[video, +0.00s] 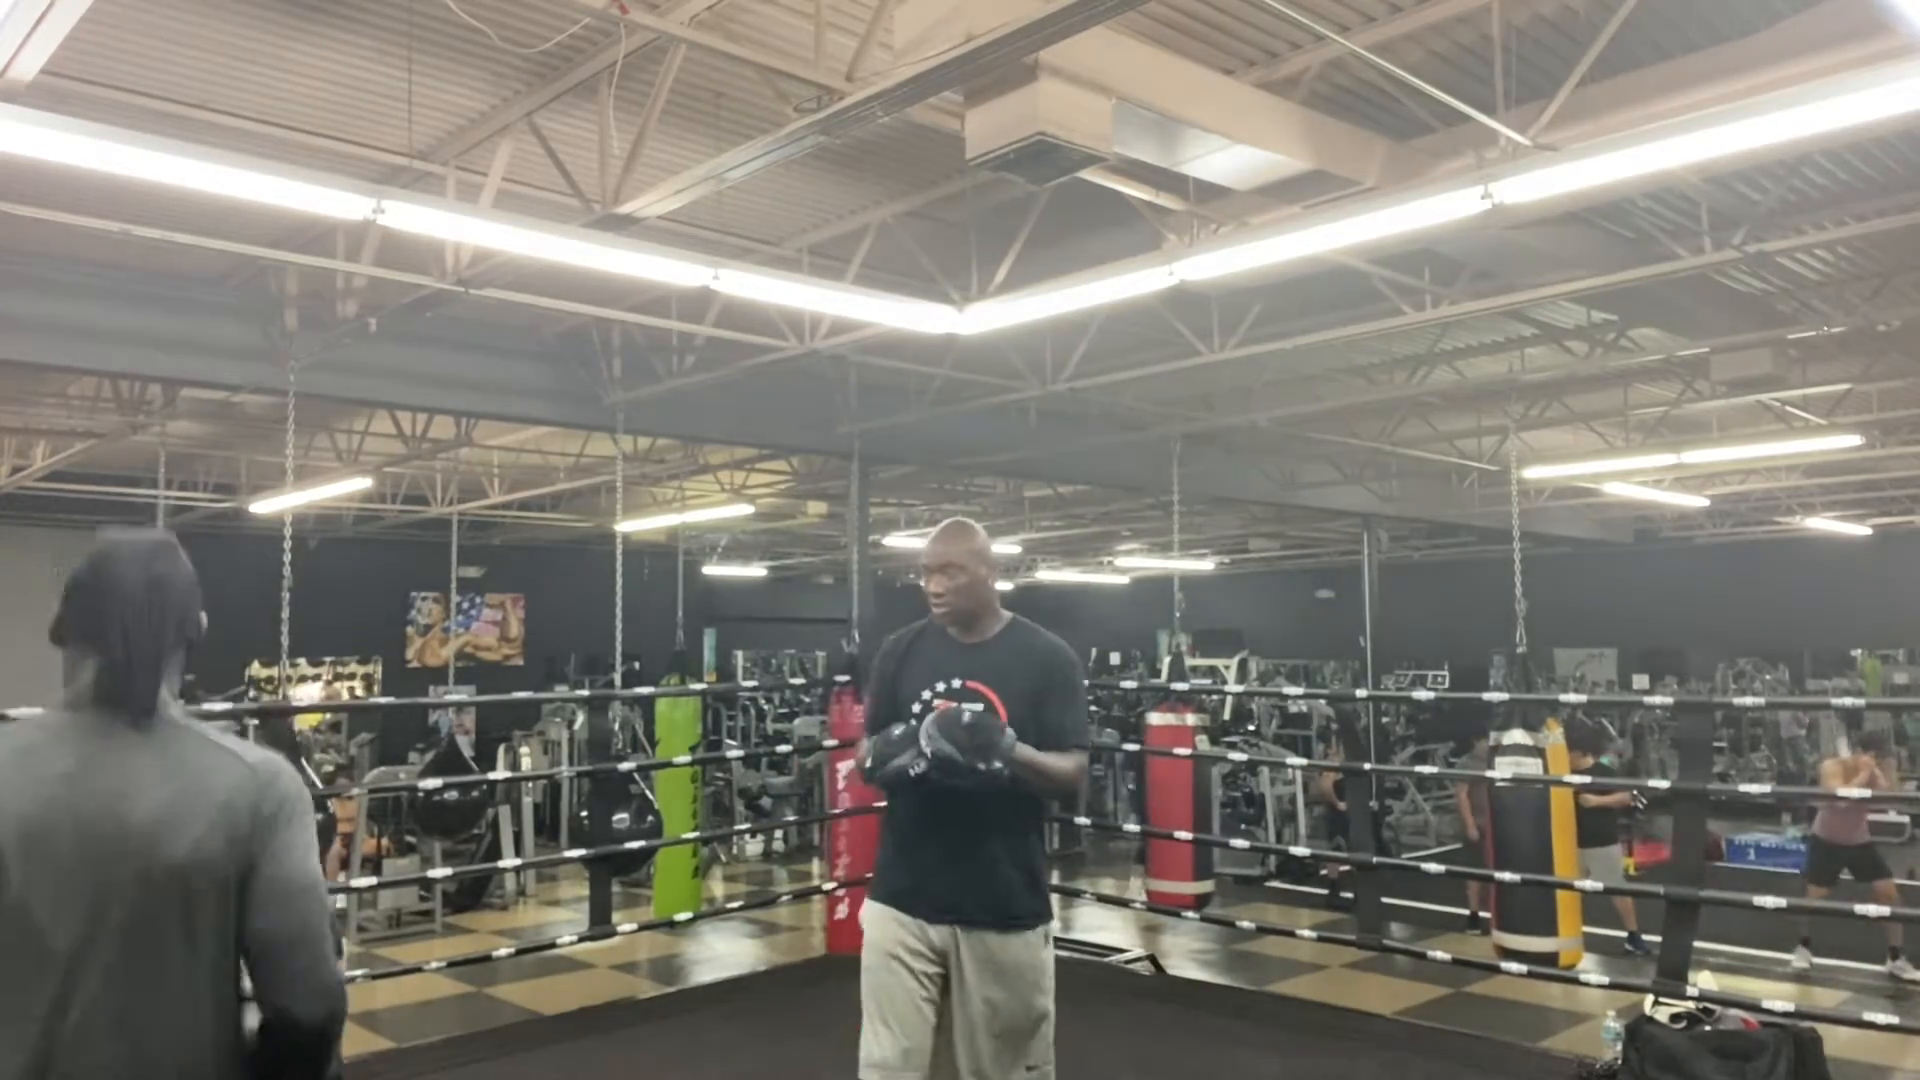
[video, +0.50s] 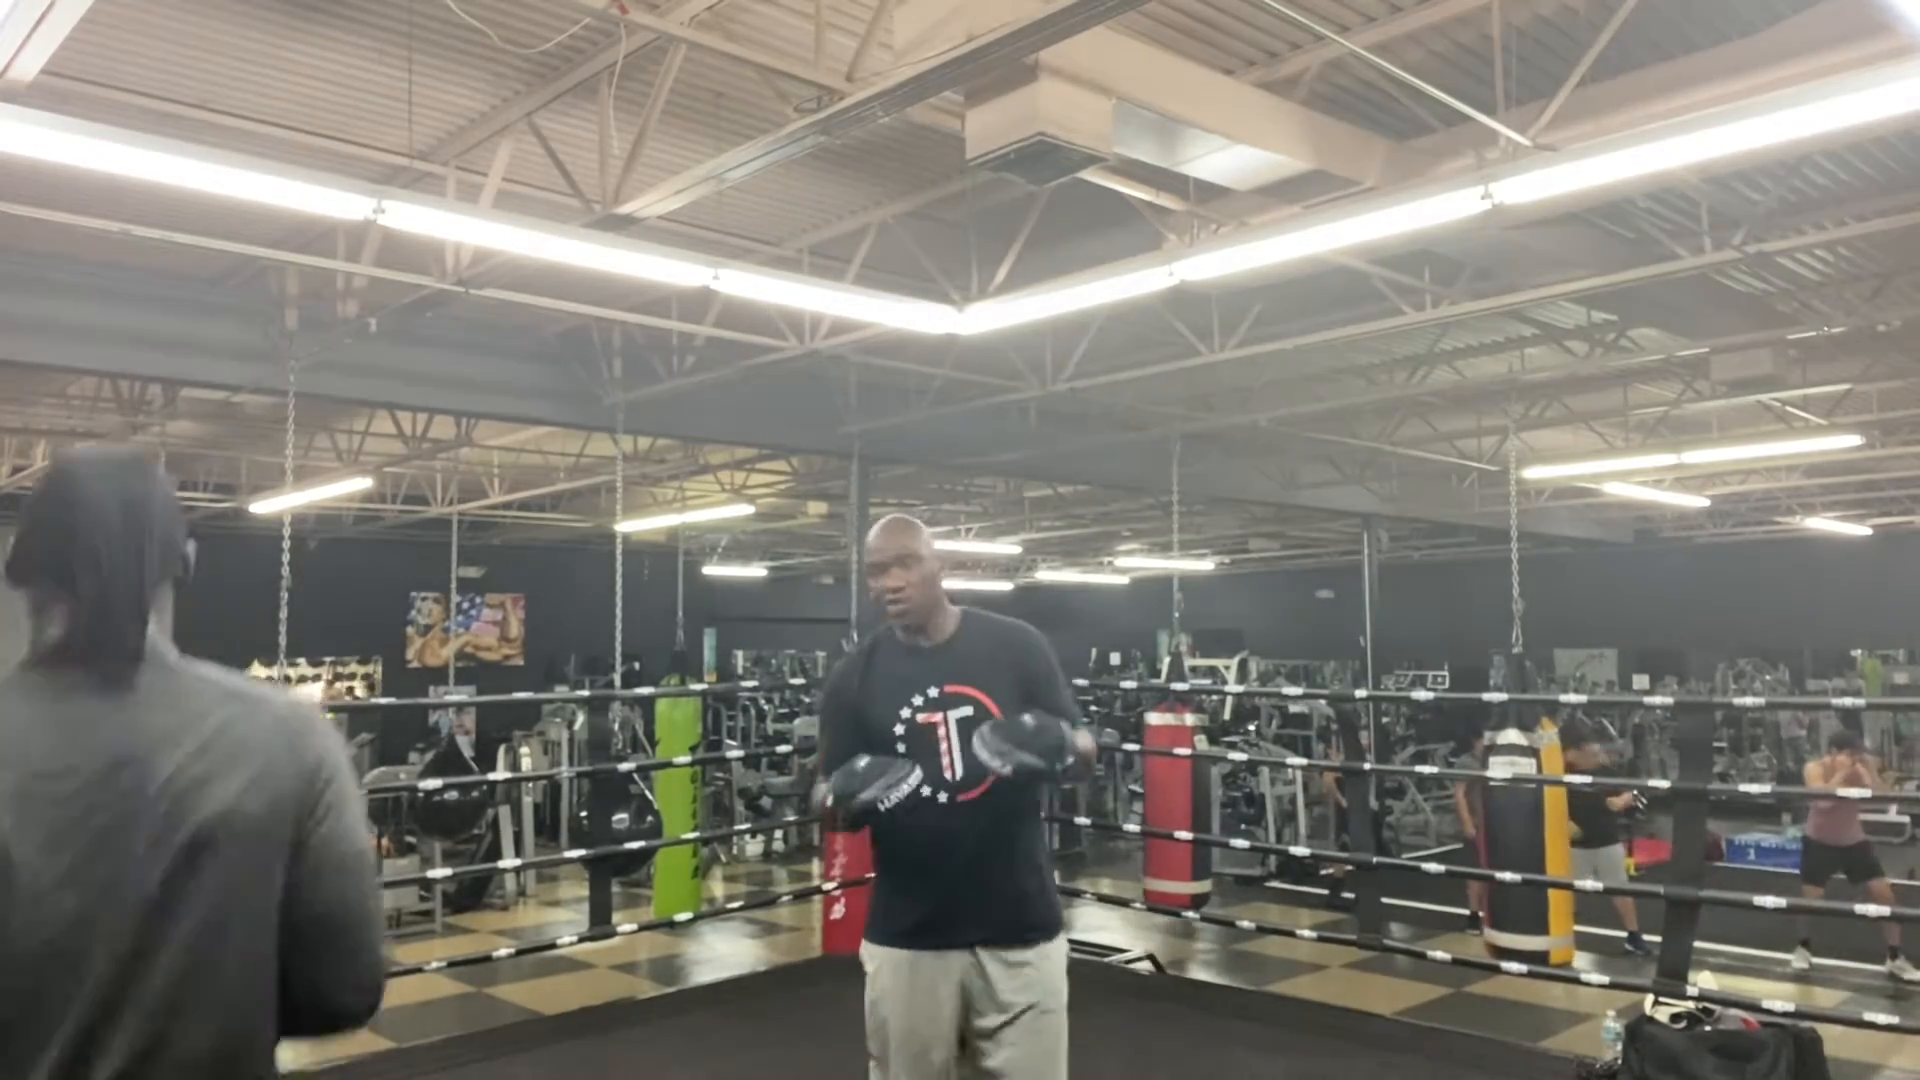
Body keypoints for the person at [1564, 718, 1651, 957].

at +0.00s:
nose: (1566, 756)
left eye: (1570, 751)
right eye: (1567, 751)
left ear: (1583, 753)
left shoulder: (1602, 773)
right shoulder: (1569, 776)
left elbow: (1626, 797)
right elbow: (1586, 800)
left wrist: (1596, 799)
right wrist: (1615, 799)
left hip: (1602, 843)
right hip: (1573, 843)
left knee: (1618, 890)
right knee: (1566, 890)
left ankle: (1633, 934)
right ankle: (1563, 936)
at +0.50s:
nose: (1597, 758)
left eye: (1598, 752)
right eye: (1591, 753)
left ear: (1601, 750)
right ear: (1571, 754)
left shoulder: (1606, 773)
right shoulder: (1564, 777)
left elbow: (1624, 791)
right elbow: (1572, 808)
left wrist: (1623, 799)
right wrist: (1607, 803)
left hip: (1607, 840)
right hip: (1575, 843)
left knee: (1620, 890)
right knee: (1565, 892)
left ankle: (1633, 934)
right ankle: (1561, 936)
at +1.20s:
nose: (1609, 760)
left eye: (1611, 755)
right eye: (1605, 754)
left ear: (1613, 754)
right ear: (1590, 751)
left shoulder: (1613, 775)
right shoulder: (1567, 772)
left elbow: (1619, 798)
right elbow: (1553, 798)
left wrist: (1627, 804)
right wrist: (1572, 815)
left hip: (1608, 842)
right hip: (1576, 843)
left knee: (1621, 890)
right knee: (1570, 891)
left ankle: (1633, 934)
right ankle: (1565, 931)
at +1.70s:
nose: (1589, 760)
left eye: (1594, 755)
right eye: (1585, 754)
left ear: (1599, 754)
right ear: (1576, 751)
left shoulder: (1613, 774)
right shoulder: (1567, 773)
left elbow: (1634, 802)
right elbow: (1584, 805)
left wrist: (1608, 805)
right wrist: (1621, 803)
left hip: (1608, 841)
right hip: (1575, 841)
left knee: (1620, 890)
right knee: (1569, 891)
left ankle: (1633, 934)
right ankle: (1561, 934)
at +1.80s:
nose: (1571, 758)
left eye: (1575, 753)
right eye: (1573, 753)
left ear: (1587, 753)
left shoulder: (1613, 773)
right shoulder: (1569, 775)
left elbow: (1634, 799)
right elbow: (1587, 806)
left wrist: (1602, 804)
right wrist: (1622, 802)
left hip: (1608, 841)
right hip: (1575, 842)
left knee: (1620, 889)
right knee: (1568, 891)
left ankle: (1633, 934)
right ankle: (1562, 936)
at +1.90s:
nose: (1567, 757)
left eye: (1571, 753)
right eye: (1569, 753)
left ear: (1584, 753)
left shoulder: (1611, 772)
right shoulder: (1565, 774)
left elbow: (1634, 800)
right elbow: (1582, 808)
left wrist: (1600, 805)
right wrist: (1620, 802)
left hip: (1607, 840)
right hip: (1575, 842)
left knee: (1619, 888)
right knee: (1569, 891)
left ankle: (1633, 934)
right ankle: (1564, 936)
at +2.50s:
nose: (1586, 760)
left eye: (1590, 754)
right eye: (1581, 754)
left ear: (1596, 755)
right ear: (1570, 755)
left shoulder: (1604, 778)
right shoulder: (1564, 780)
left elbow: (1616, 804)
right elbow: (1556, 810)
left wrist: (1628, 803)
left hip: (1605, 842)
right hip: (1575, 844)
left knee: (1620, 889)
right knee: (1570, 893)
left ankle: (1633, 934)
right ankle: (1568, 940)